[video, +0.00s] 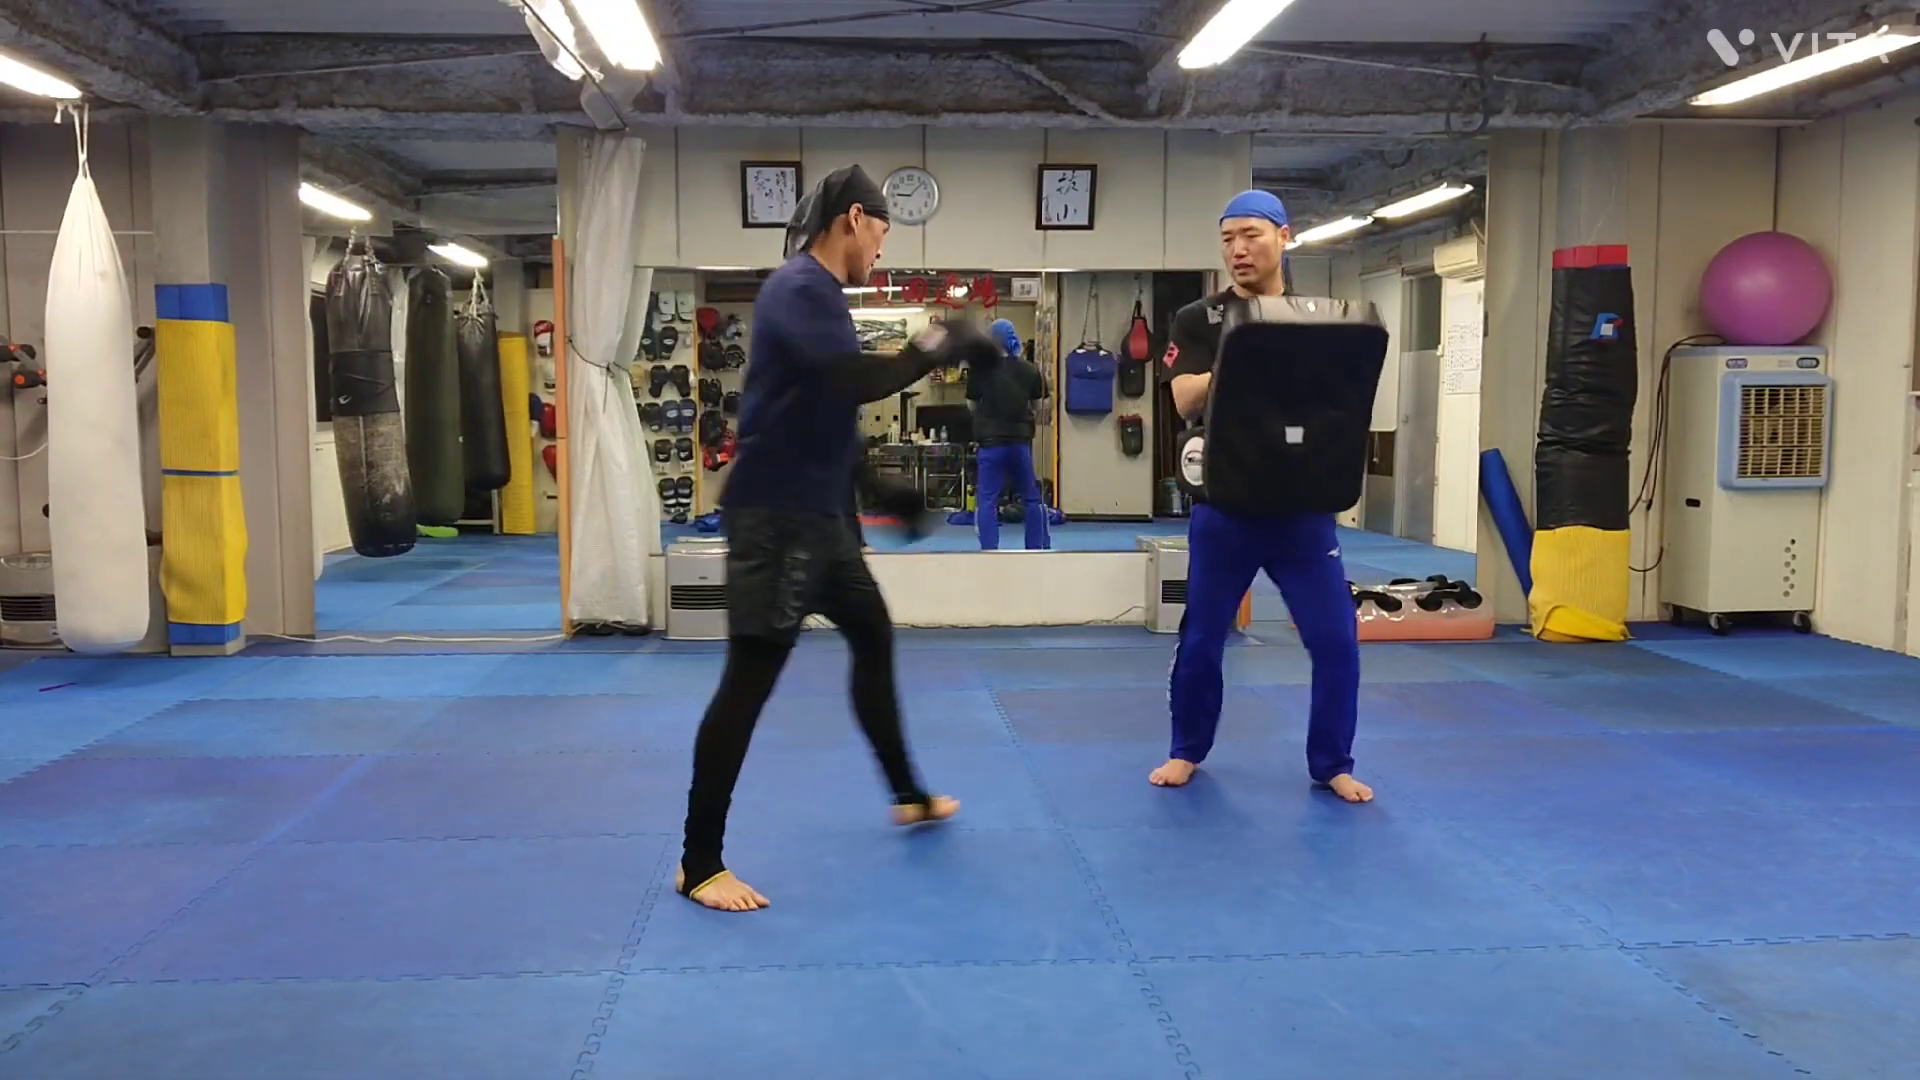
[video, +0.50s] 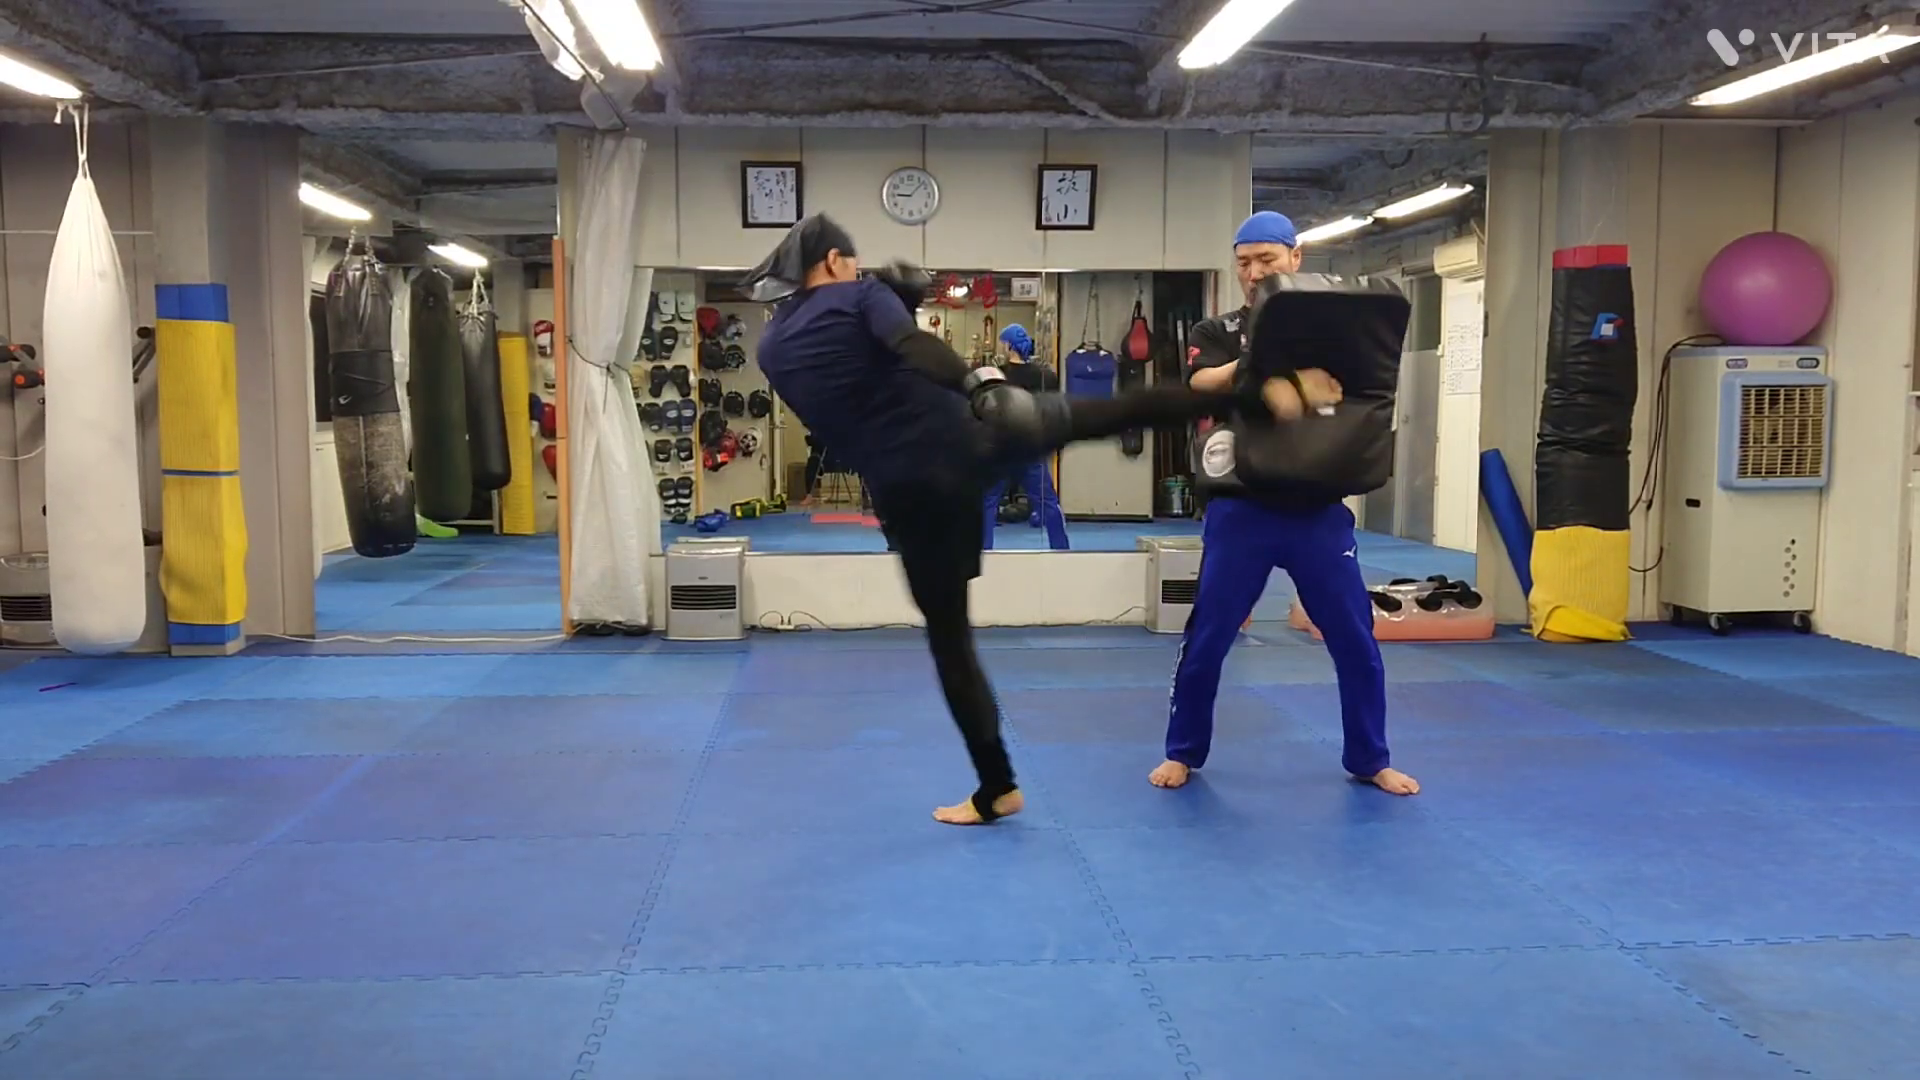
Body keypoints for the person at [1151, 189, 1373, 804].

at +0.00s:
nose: (1239, 248)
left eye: (1252, 235)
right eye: (1230, 238)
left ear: (1283, 239)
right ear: (1221, 249)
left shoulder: (1320, 318)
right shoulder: (1198, 320)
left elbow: (1340, 402)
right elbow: (1181, 401)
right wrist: (1233, 372)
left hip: (1302, 510)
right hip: (1221, 509)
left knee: (1337, 642)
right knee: (1201, 638)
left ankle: (1333, 765)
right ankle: (1187, 749)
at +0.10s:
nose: (1238, 254)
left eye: (1250, 240)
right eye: (1228, 244)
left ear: (1282, 243)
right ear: (1219, 254)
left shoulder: (1317, 319)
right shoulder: (1198, 323)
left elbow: (1340, 400)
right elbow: (1190, 404)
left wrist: (1237, 390)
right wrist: (1260, 377)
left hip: (1305, 512)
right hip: (1225, 513)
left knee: (1353, 633)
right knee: (1198, 640)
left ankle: (1346, 760)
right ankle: (1184, 753)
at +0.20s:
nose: (1248, 260)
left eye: (1259, 247)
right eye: (1237, 251)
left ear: (1289, 250)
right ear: (1228, 260)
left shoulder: (1320, 319)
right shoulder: (1208, 328)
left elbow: (1347, 397)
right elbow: (1197, 406)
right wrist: (1255, 362)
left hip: (1310, 511)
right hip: (1231, 512)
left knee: (1352, 640)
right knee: (1205, 639)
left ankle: (1374, 762)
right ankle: (1184, 755)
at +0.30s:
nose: (1258, 262)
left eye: (1269, 249)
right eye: (1247, 253)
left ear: (1299, 253)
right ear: (1237, 262)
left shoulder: (1329, 319)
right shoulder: (1217, 330)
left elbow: (1357, 397)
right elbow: (1206, 406)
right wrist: (1260, 364)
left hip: (1318, 511)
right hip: (1239, 512)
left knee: (1356, 639)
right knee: (1208, 641)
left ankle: (1375, 759)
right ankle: (1186, 755)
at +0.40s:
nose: (1260, 263)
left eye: (1272, 250)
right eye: (1250, 253)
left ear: (1300, 256)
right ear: (1238, 263)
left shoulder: (1329, 329)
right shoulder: (1217, 331)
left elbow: (1349, 407)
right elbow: (1196, 389)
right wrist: (1258, 379)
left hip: (1321, 515)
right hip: (1241, 515)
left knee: (1357, 642)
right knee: (1211, 641)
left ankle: (1373, 760)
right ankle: (1186, 753)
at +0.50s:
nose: (1257, 272)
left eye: (1268, 259)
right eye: (1246, 262)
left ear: (1296, 259)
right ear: (1235, 268)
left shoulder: (1327, 323)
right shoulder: (1220, 331)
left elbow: (1338, 398)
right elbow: (1199, 384)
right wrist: (1266, 365)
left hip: (1319, 514)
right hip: (1238, 512)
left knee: (1357, 643)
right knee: (1206, 640)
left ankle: (1369, 762)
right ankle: (1182, 753)